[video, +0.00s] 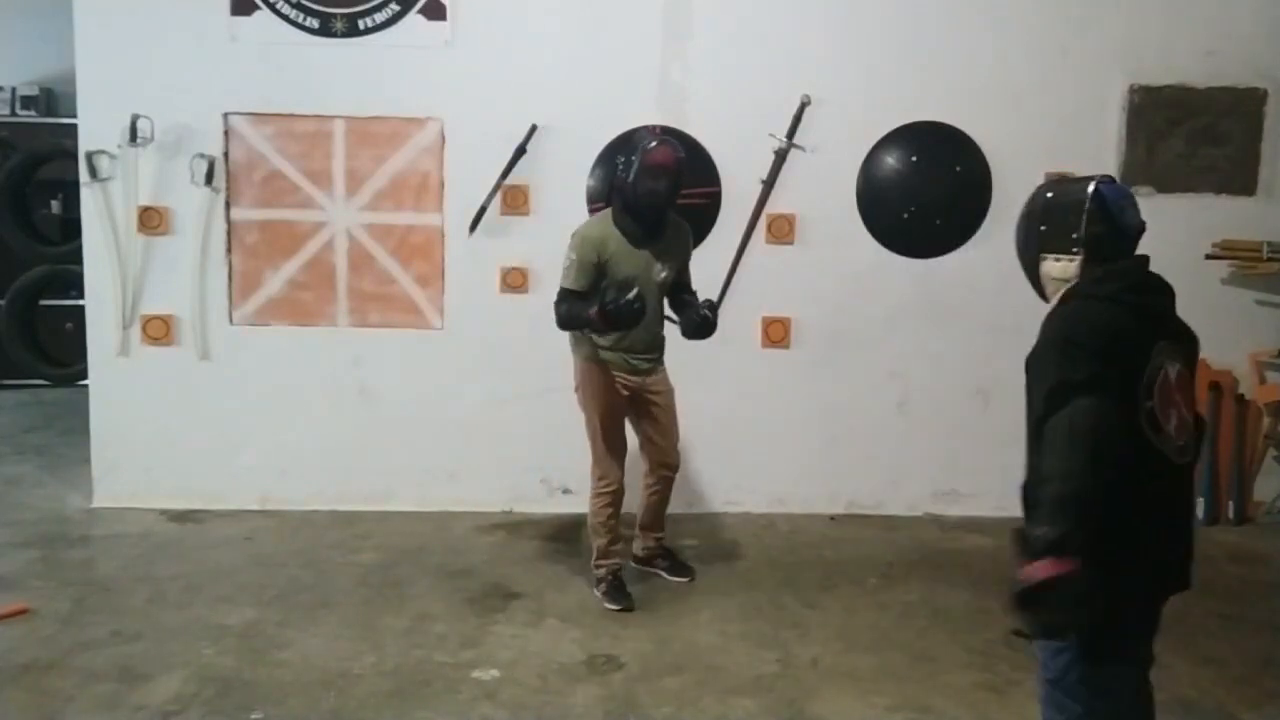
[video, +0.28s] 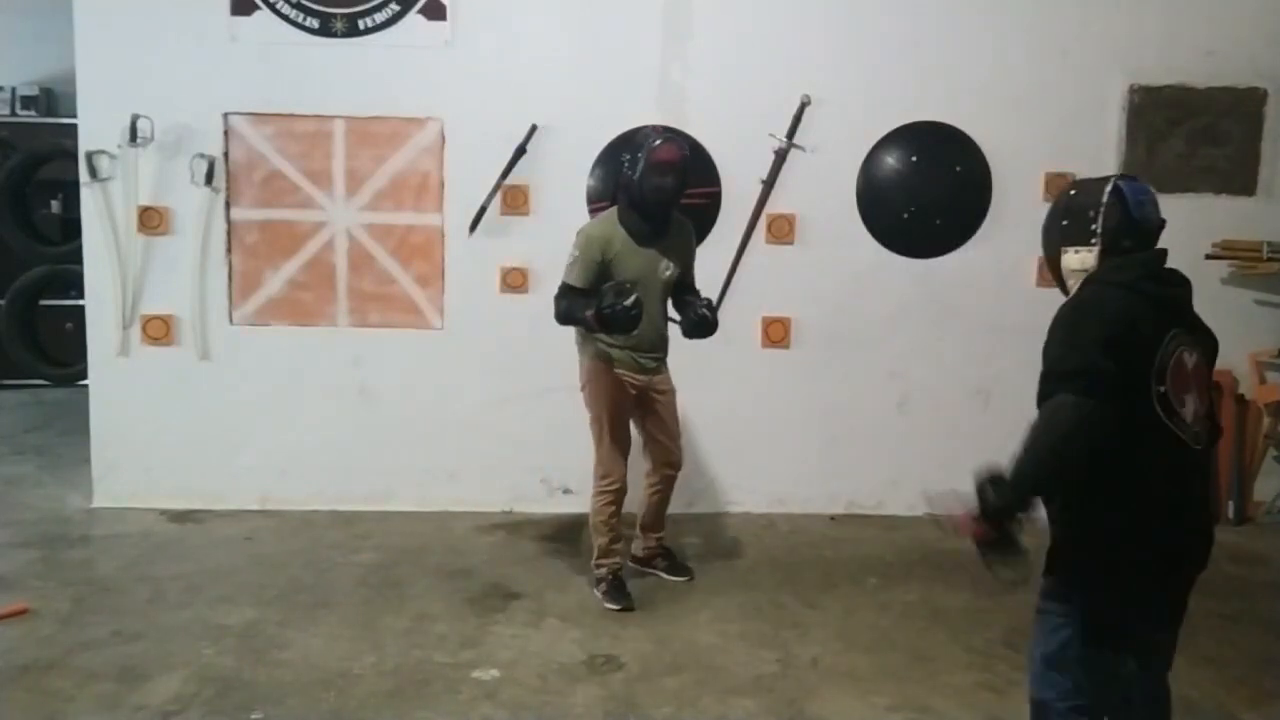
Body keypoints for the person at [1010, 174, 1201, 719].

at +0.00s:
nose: (1036, 262)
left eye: (1041, 248)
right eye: (1037, 248)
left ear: (1063, 248)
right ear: (1118, 242)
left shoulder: (1077, 325)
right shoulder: (1163, 319)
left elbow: (1069, 442)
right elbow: (1173, 441)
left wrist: (1048, 548)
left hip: (1086, 570)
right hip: (1146, 563)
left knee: (1073, 696)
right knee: (1124, 692)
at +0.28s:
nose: (1053, 266)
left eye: (1058, 251)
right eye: (1053, 251)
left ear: (1085, 245)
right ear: (1137, 241)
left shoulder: (1092, 312)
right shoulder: (1181, 314)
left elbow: (1068, 421)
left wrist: (1006, 495)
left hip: (1099, 548)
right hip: (1170, 546)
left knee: (1063, 688)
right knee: (1139, 689)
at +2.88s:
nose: (1024, 271)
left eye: (1029, 258)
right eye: (1026, 257)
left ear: (1048, 258)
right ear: (1119, 256)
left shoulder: (1031, 335)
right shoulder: (1169, 321)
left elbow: (953, 424)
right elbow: (1239, 343)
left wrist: (876, 505)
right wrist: (1173, 295)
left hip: (1056, 574)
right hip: (1148, 572)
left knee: (1023, 687)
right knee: (1087, 684)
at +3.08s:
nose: (1015, 266)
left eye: (1022, 255)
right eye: (1019, 254)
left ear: (1041, 261)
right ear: (1100, 258)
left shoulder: (1024, 345)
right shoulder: (1142, 339)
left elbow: (988, 455)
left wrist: (921, 523)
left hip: (1034, 576)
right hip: (1113, 569)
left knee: (1016, 700)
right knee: (1071, 695)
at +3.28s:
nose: (1022, 257)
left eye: (1028, 245)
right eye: (1025, 244)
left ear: (1047, 251)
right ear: (1104, 251)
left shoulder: (1032, 334)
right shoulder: (1135, 326)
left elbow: (994, 452)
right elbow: (1077, 400)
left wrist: (956, 507)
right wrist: (988, 380)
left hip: (1032, 546)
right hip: (1113, 545)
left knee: (966, 685)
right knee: (1059, 678)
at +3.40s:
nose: (1012, 254)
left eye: (1018, 242)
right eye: (1015, 241)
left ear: (1035, 246)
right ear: (1092, 245)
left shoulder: (1020, 327)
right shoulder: (1129, 323)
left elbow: (989, 440)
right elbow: (1068, 402)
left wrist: (964, 510)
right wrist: (972, 395)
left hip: (1026, 542)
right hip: (1110, 539)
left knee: (972, 686)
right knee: (1060, 676)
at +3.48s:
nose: (1000, 259)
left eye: (1006, 246)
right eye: (1002, 245)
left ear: (1025, 250)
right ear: (1080, 247)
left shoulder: (1011, 326)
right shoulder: (1116, 318)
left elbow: (987, 443)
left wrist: (955, 514)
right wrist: (979, 373)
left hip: (1024, 539)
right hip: (1105, 537)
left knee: (970, 681)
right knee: (1057, 676)